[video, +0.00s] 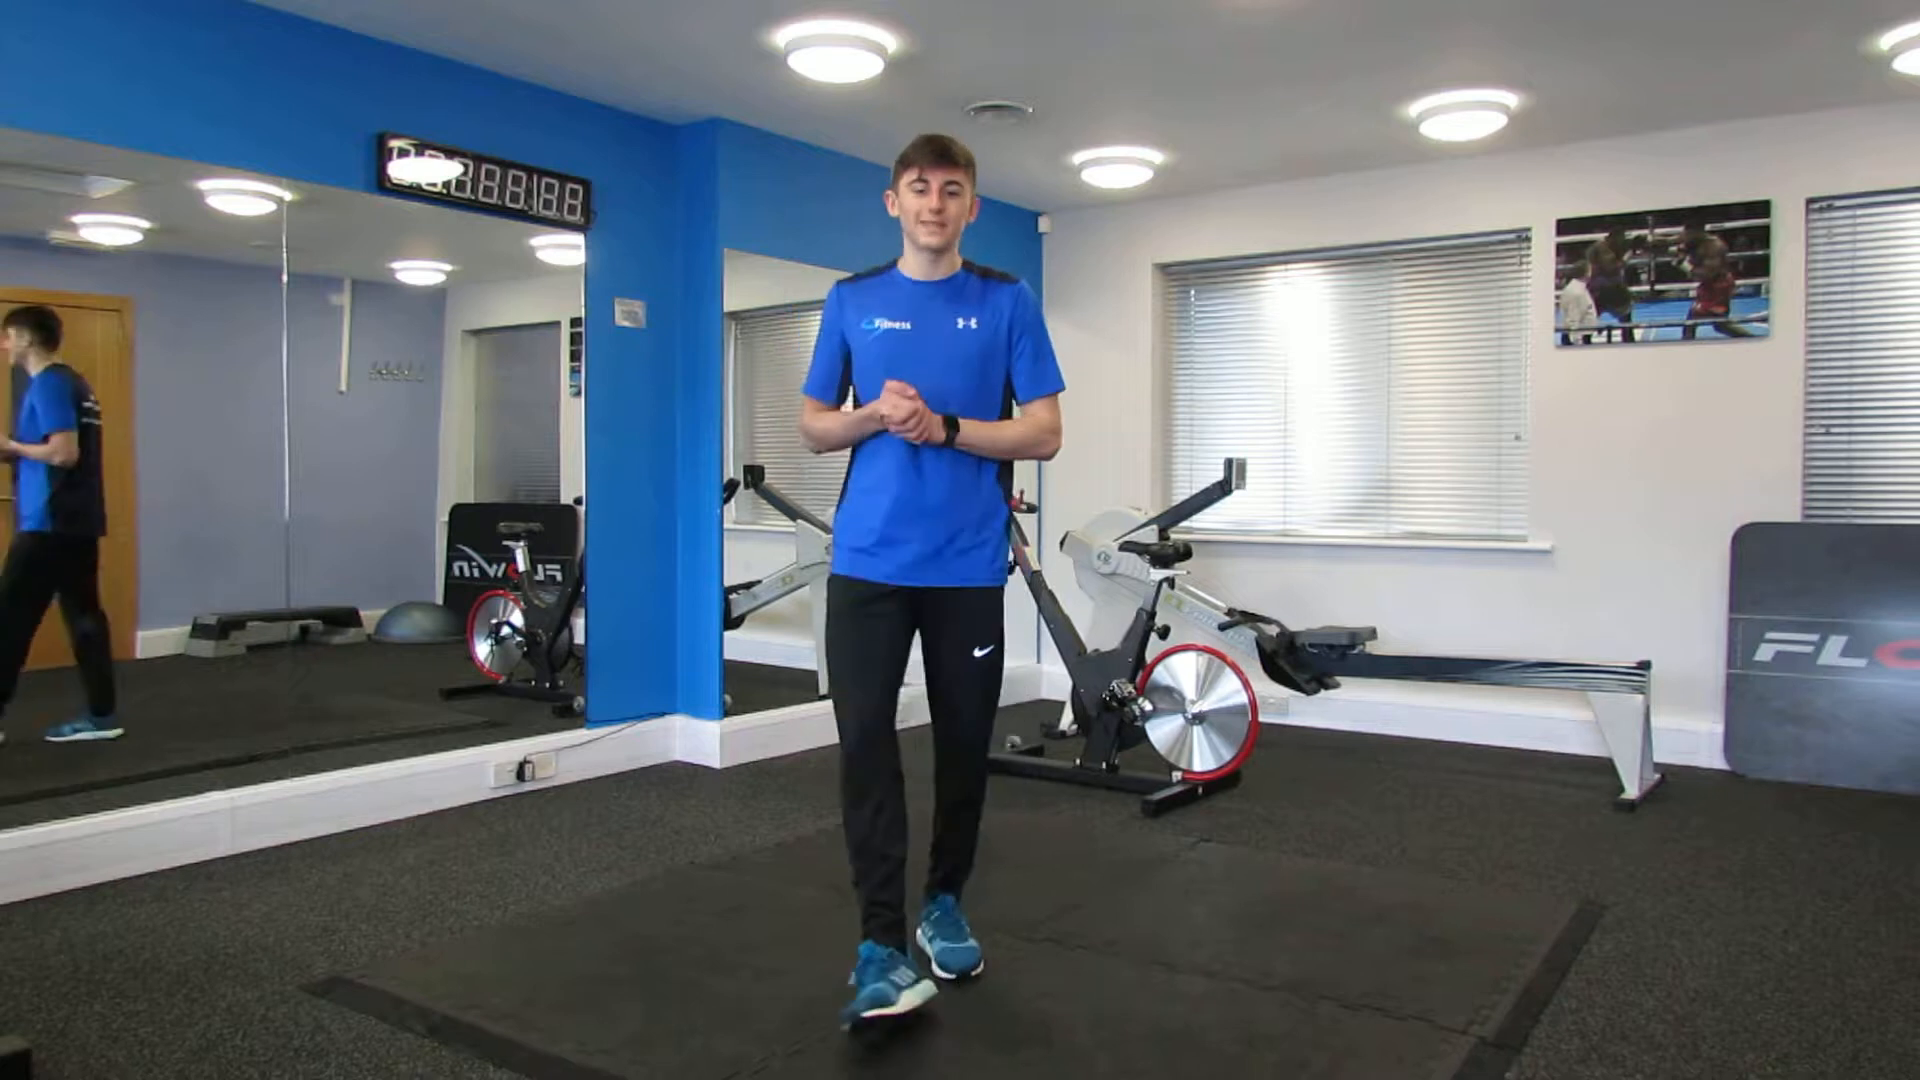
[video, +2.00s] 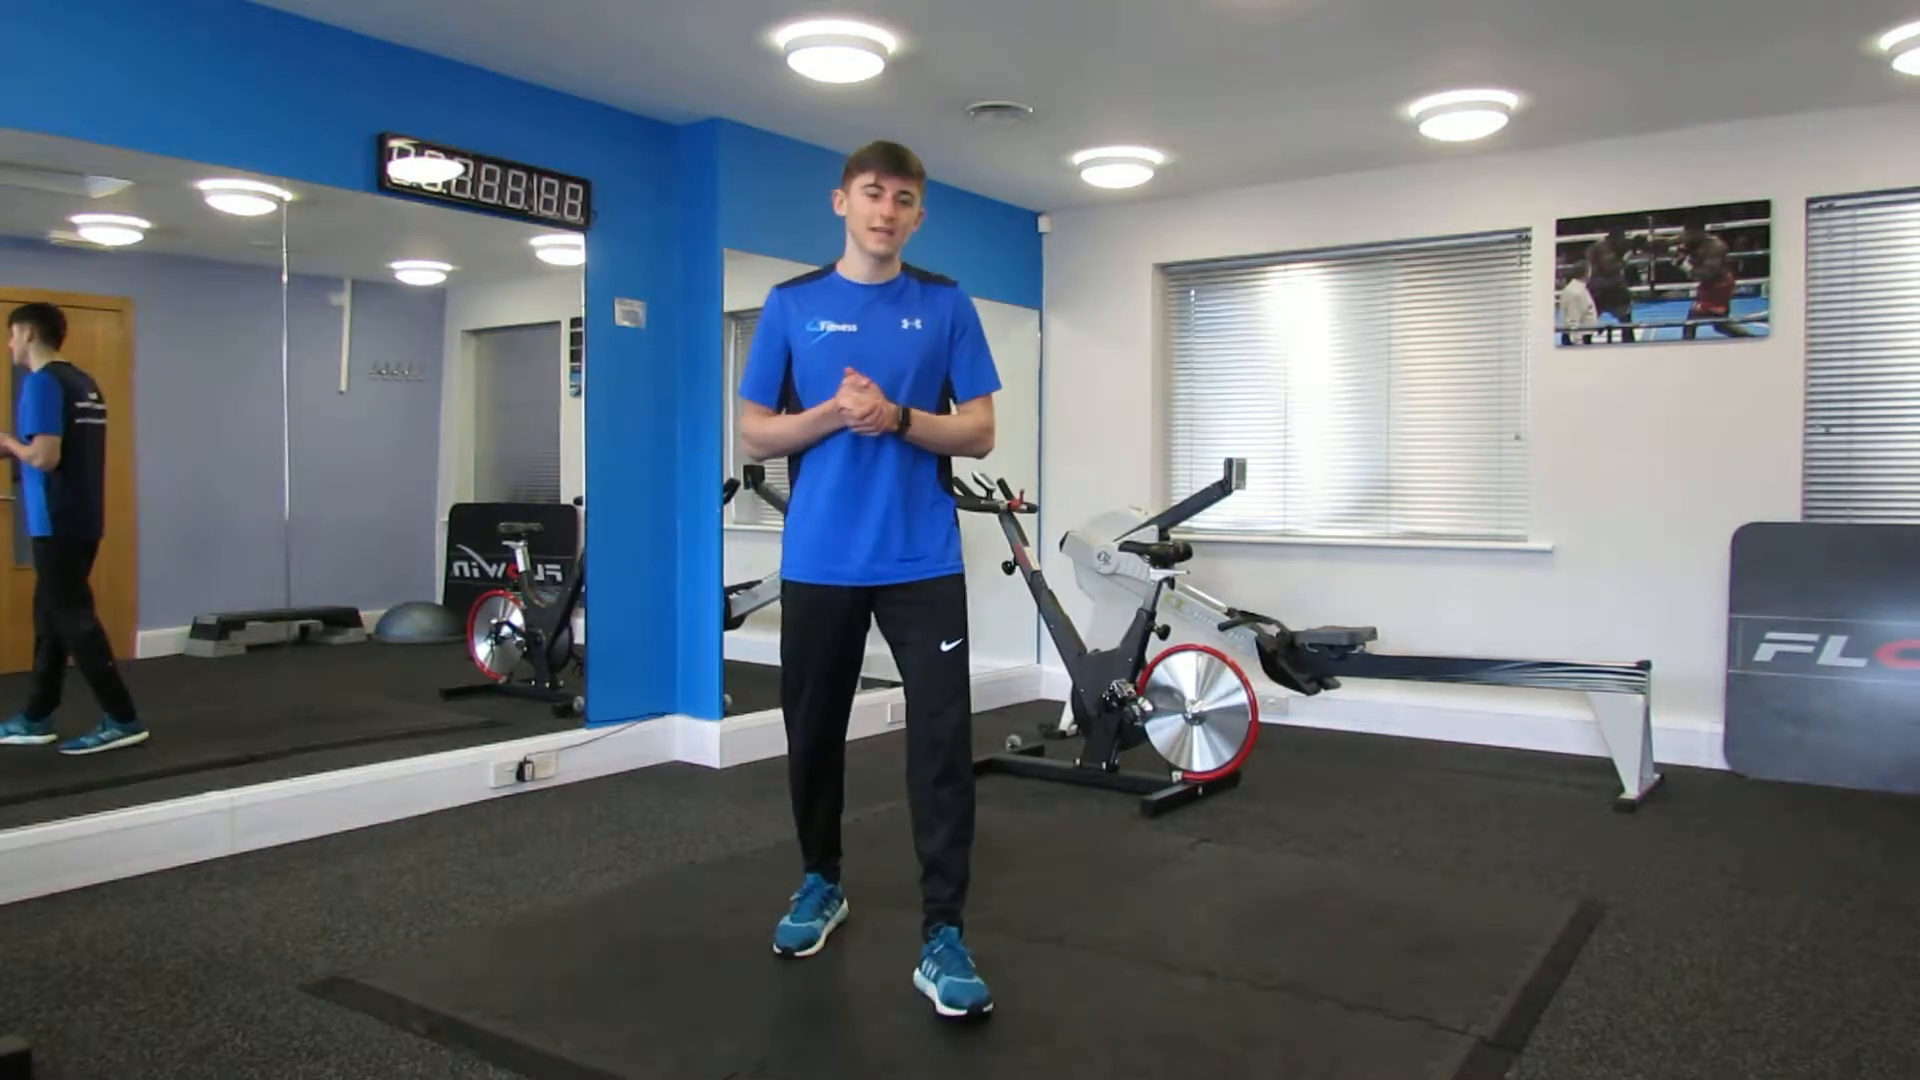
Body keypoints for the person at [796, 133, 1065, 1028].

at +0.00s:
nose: (935, 202)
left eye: (952, 190)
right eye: (920, 188)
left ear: (972, 207)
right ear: (895, 202)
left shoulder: (1008, 301)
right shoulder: (851, 300)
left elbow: (1045, 431)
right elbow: (816, 430)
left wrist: (949, 428)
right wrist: (871, 415)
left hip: (968, 566)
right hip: (867, 563)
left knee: (965, 747)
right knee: (864, 748)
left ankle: (944, 901)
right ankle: (881, 942)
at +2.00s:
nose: (887, 208)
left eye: (903, 198)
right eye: (874, 192)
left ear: (918, 216)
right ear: (842, 202)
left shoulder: (945, 304)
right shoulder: (789, 305)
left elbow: (979, 431)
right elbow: (754, 435)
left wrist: (899, 419)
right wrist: (830, 415)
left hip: (922, 557)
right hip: (821, 557)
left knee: (944, 737)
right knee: (812, 732)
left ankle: (943, 932)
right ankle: (820, 882)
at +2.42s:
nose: (944, 191)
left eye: (960, 176)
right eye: (928, 175)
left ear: (982, 190)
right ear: (901, 187)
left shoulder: (1013, 294)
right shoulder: (851, 286)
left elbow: (1040, 440)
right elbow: (792, 427)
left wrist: (1055, 400)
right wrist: (822, 378)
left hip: (969, 556)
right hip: (863, 549)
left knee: (968, 753)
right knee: (835, 741)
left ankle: (946, 938)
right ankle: (846, 897)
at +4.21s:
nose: (1026, 164)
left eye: (1042, 151)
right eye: (1009, 149)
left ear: (1065, 170)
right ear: (978, 165)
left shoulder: (1105, 281)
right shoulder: (927, 278)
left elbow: (1134, 424)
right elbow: (888, 428)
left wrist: (1075, 435)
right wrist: (974, 356)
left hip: (1056, 563)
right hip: (941, 557)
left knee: (1059, 770)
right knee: (909, 769)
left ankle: (1039, 960)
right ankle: (895, 987)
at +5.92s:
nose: (1016, 197)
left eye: (1032, 187)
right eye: (1001, 185)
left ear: (1051, 206)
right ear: (976, 202)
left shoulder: (1087, 301)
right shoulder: (931, 304)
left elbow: (1125, 433)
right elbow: (899, 440)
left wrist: (1043, 420)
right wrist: (963, 412)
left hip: (1054, 562)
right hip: (952, 559)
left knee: (1061, 741)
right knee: (950, 738)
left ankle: (1046, 911)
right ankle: (964, 895)